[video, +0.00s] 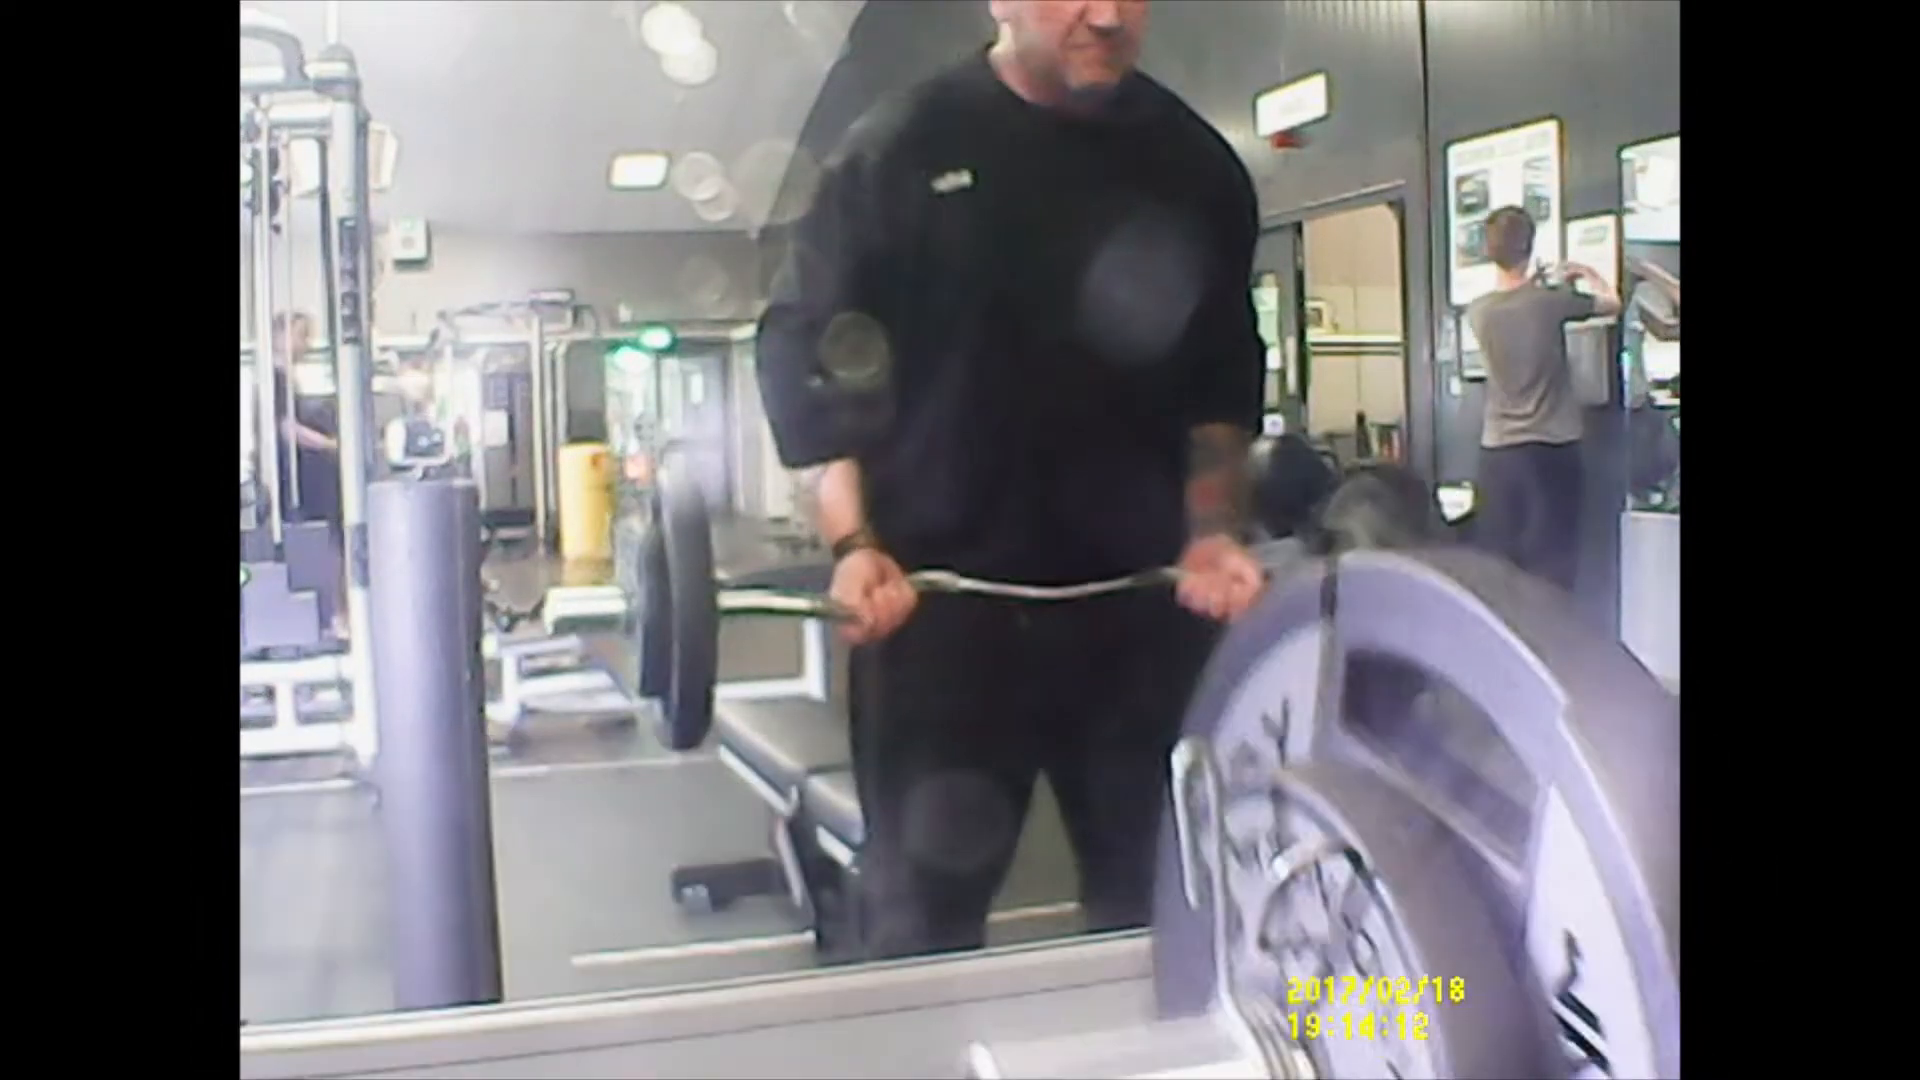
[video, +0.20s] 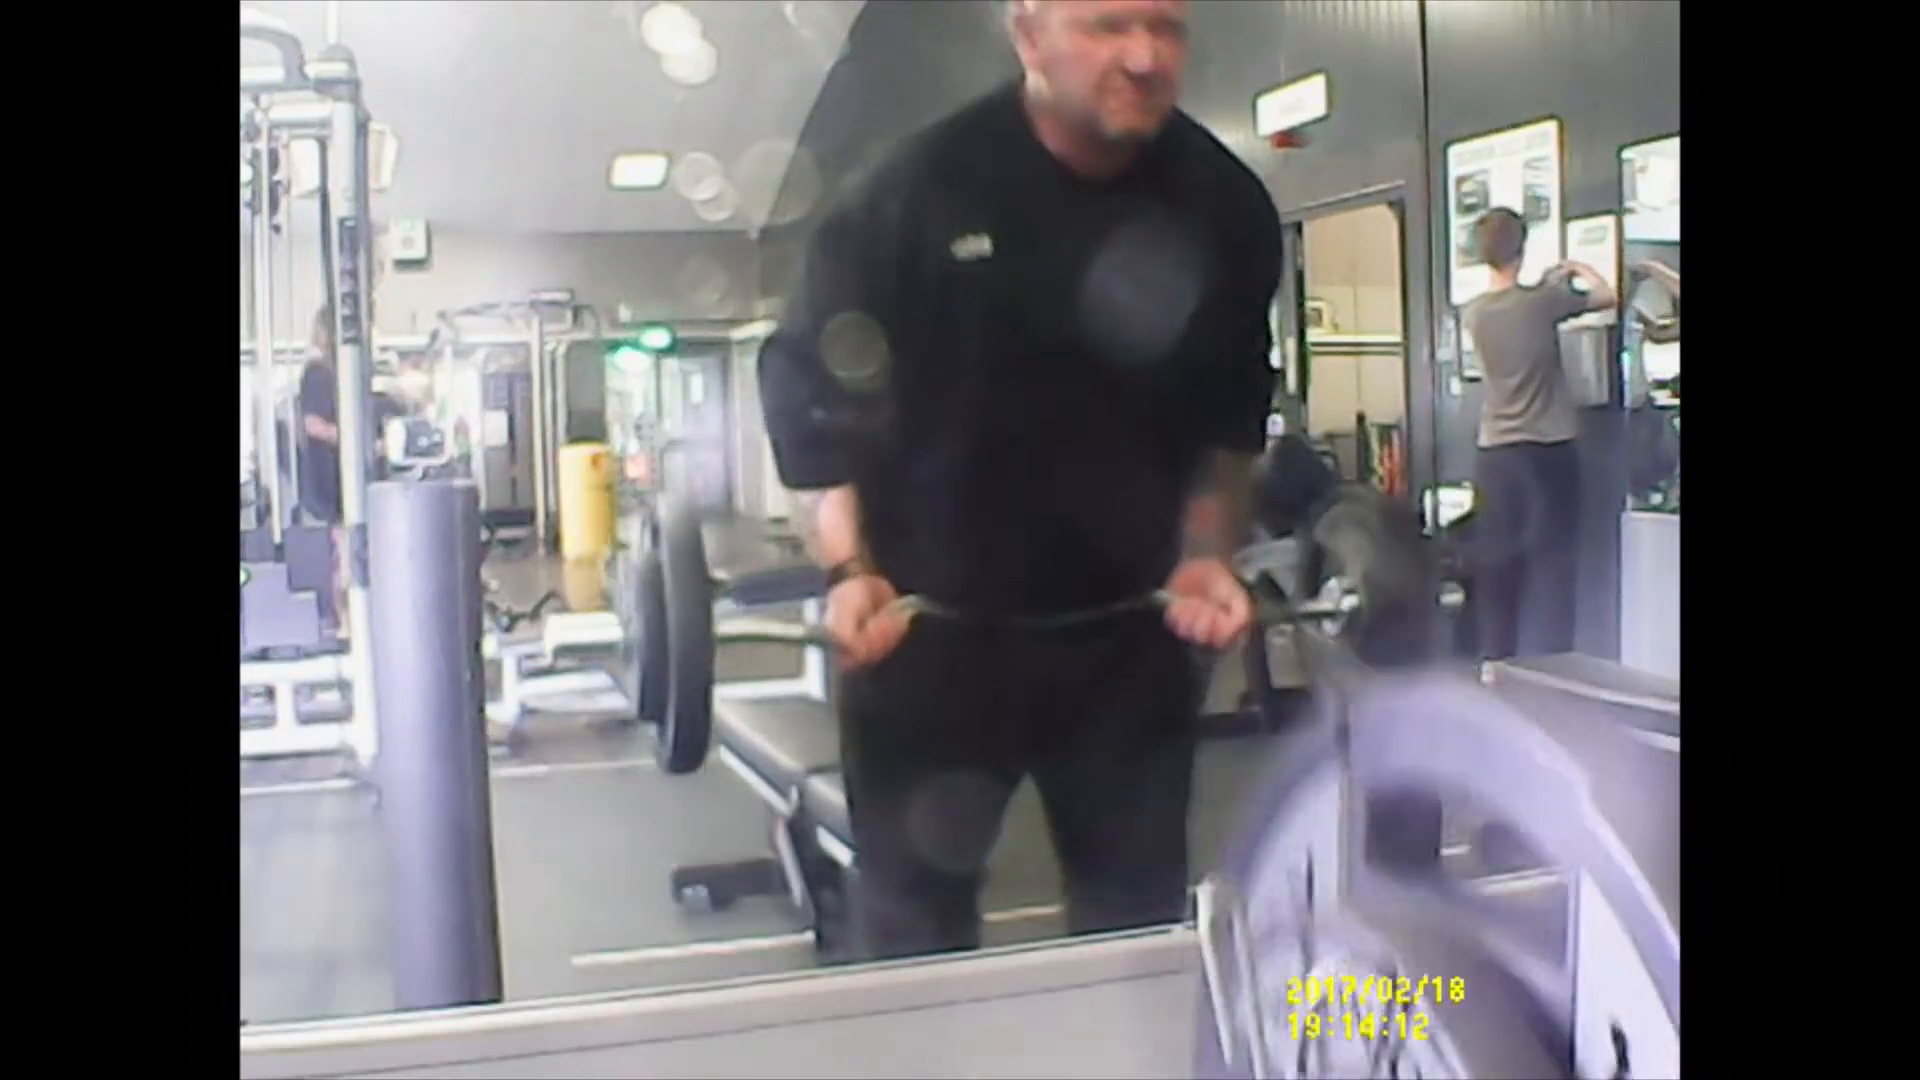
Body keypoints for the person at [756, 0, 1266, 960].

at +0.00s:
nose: (1109, 13)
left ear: (1148, 10)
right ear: (1005, 5)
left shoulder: (1201, 168)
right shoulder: (902, 148)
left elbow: (1223, 372)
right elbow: (810, 345)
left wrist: (1212, 530)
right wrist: (851, 539)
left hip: (1139, 612)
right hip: (943, 612)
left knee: (1161, 945)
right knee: (917, 958)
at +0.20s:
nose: (1145, 57)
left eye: (1165, 29)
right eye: (1109, 27)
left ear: (1187, 38)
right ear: (1029, 35)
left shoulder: (1226, 206)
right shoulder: (914, 192)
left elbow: (1233, 412)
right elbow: (814, 378)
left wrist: (1207, 552)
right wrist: (847, 565)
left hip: (1128, 647)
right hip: (930, 648)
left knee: (1136, 968)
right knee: (913, 978)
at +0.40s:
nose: (1157, 60)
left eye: (1176, 34)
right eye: (1119, 33)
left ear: (1199, 45)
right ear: (1038, 51)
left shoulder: (1234, 210)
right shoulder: (925, 200)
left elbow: (1251, 411)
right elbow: (807, 371)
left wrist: (1230, 538)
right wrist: (860, 550)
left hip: (1137, 630)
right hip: (938, 625)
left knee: (1150, 944)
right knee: (917, 951)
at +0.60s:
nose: (1091, 13)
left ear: (1140, 10)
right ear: (997, 10)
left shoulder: (1194, 148)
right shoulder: (903, 141)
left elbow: (1253, 343)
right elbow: (783, 309)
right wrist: (875, 431)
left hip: (1138, 539)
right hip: (941, 548)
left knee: (1158, 865)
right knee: (929, 868)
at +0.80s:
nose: (1039, 29)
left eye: (1061, 10)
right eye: (1011, 10)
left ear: (1106, 20)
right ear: (961, 17)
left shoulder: (1159, 154)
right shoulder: (900, 147)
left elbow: (1253, 349)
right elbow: (778, 327)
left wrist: (1275, 218)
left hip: (1153, 589)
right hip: (965, 599)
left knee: (1187, 937)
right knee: (935, 944)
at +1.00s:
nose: (1065, 39)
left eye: (1085, 14)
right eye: (1034, 14)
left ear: (1110, 22)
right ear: (968, 19)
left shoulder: (1165, 160)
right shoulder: (899, 152)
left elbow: (1252, 336)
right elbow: (789, 341)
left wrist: (1261, 185)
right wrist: (872, 177)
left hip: (1154, 590)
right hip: (963, 597)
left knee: (1185, 944)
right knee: (938, 952)